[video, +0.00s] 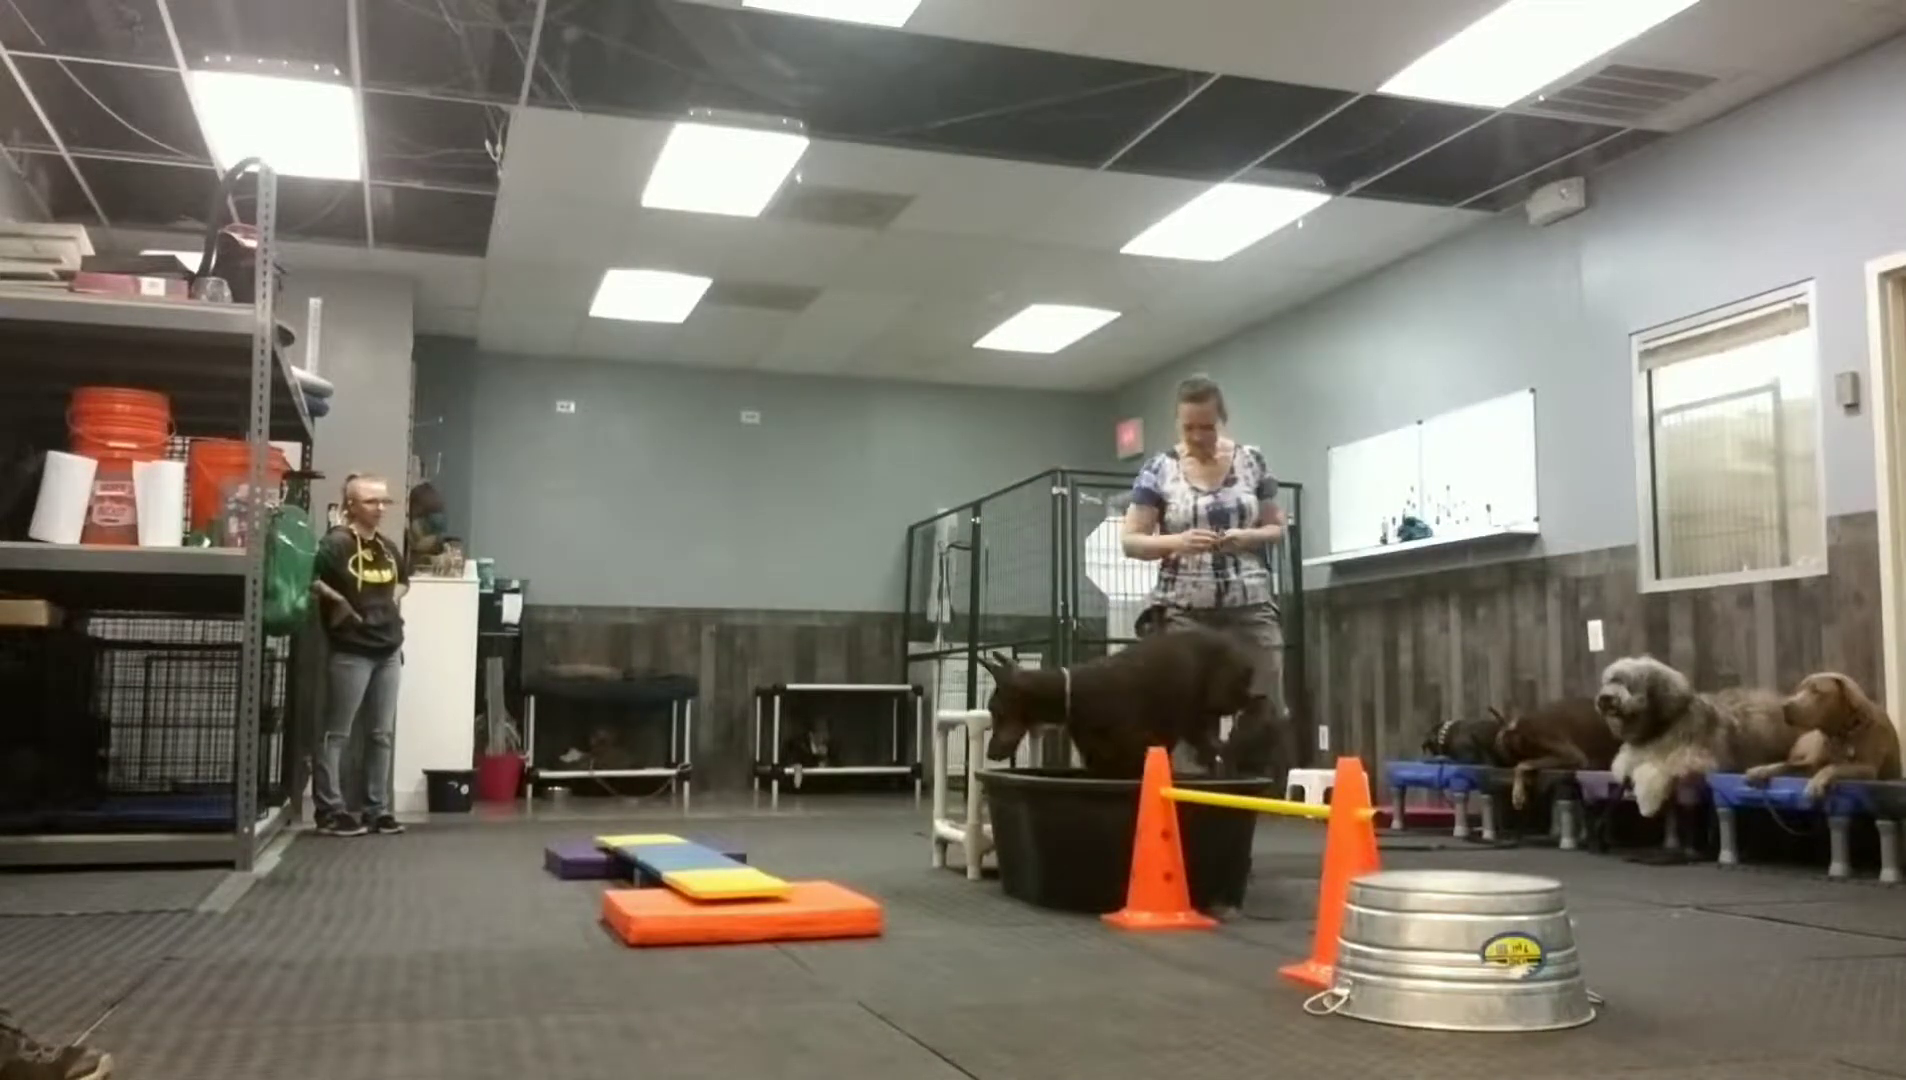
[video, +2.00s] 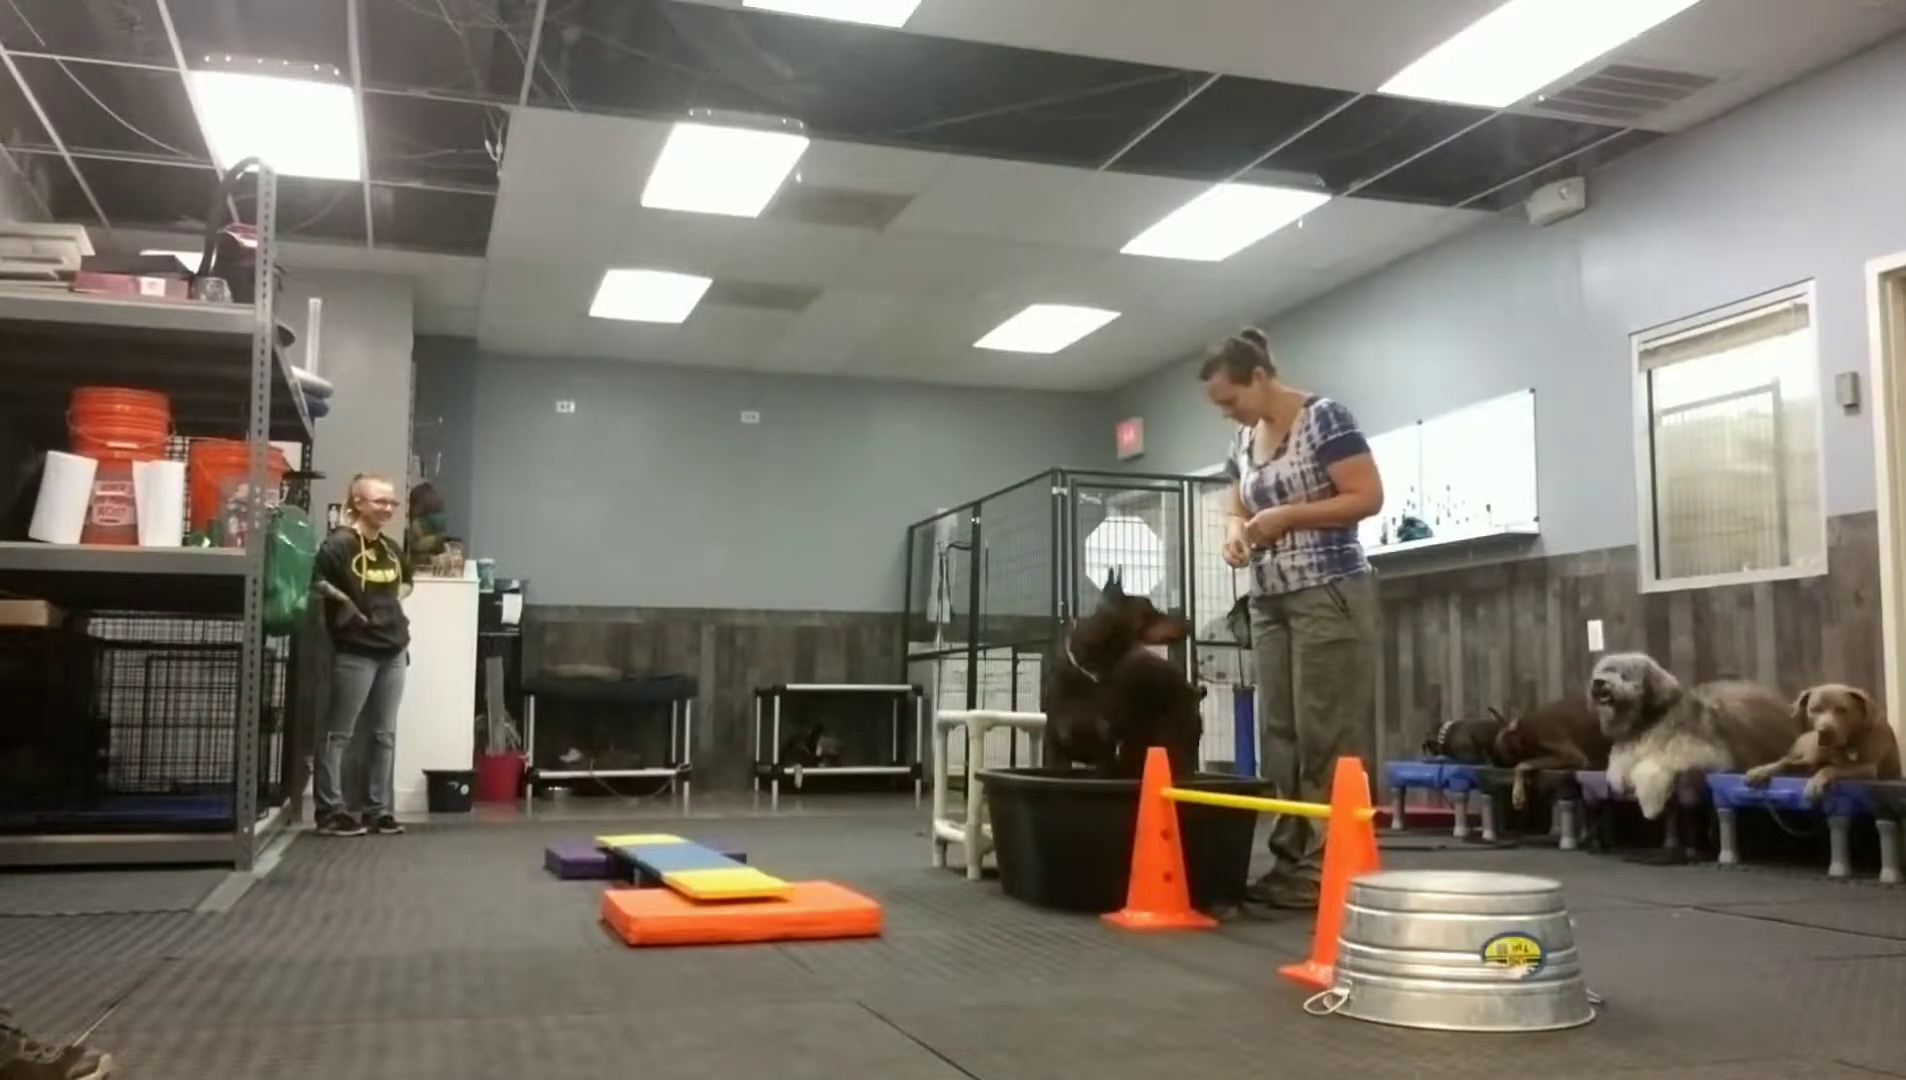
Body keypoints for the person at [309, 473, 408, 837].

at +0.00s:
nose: (379, 508)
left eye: (382, 502)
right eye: (371, 502)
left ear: (385, 505)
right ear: (351, 505)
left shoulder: (386, 545)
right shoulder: (336, 542)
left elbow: (401, 582)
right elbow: (312, 578)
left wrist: (392, 612)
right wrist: (340, 603)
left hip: (388, 649)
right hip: (351, 648)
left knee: (381, 734)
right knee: (337, 734)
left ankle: (376, 810)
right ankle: (329, 810)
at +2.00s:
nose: (389, 509)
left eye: (392, 503)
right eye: (381, 502)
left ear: (392, 507)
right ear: (358, 504)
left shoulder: (389, 547)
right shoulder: (338, 546)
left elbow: (403, 584)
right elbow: (317, 586)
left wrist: (394, 621)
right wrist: (347, 607)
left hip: (393, 649)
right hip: (355, 649)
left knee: (383, 734)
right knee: (338, 735)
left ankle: (377, 811)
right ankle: (330, 811)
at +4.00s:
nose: (390, 504)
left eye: (392, 498)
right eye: (381, 498)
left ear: (394, 504)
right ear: (359, 503)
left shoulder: (392, 546)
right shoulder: (340, 546)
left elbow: (406, 583)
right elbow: (316, 585)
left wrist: (396, 624)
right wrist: (347, 609)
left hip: (393, 649)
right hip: (355, 650)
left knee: (383, 734)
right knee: (339, 734)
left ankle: (378, 811)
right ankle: (330, 811)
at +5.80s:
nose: (385, 503)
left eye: (388, 497)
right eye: (376, 496)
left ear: (393, 503)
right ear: (356, 503)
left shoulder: (392, 548)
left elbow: (403, 595)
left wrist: (390, 622)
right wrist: (373, 627)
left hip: (389, 652)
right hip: (352, 651)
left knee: (382, 735)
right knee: (338, 733)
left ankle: (376, 808)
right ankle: (330, 809)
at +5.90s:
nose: (382, 505)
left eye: (385, 500)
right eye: (374, 499)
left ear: (388, 505)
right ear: (356, 503)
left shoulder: (386, 549)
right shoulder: (340, 541)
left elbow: (413, 582)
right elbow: (322, 580)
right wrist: (345, 604)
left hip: (389, 649)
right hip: (354, 648)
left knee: (382, 734)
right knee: (339, 733)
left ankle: (377, 809)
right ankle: (330, 810)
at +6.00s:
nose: (380, 512)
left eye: (385, 506)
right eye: (372, 505)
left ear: (388, 509)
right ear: (353, 508)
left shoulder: (388, 549)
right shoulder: (339, 542)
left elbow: (427, 568)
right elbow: (322, 579)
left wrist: (406, 537)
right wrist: (348, 602)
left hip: (390, 649)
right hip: (354, 648)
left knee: (383, 734)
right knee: (339, 733)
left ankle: (378, 809)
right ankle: (331, 810)